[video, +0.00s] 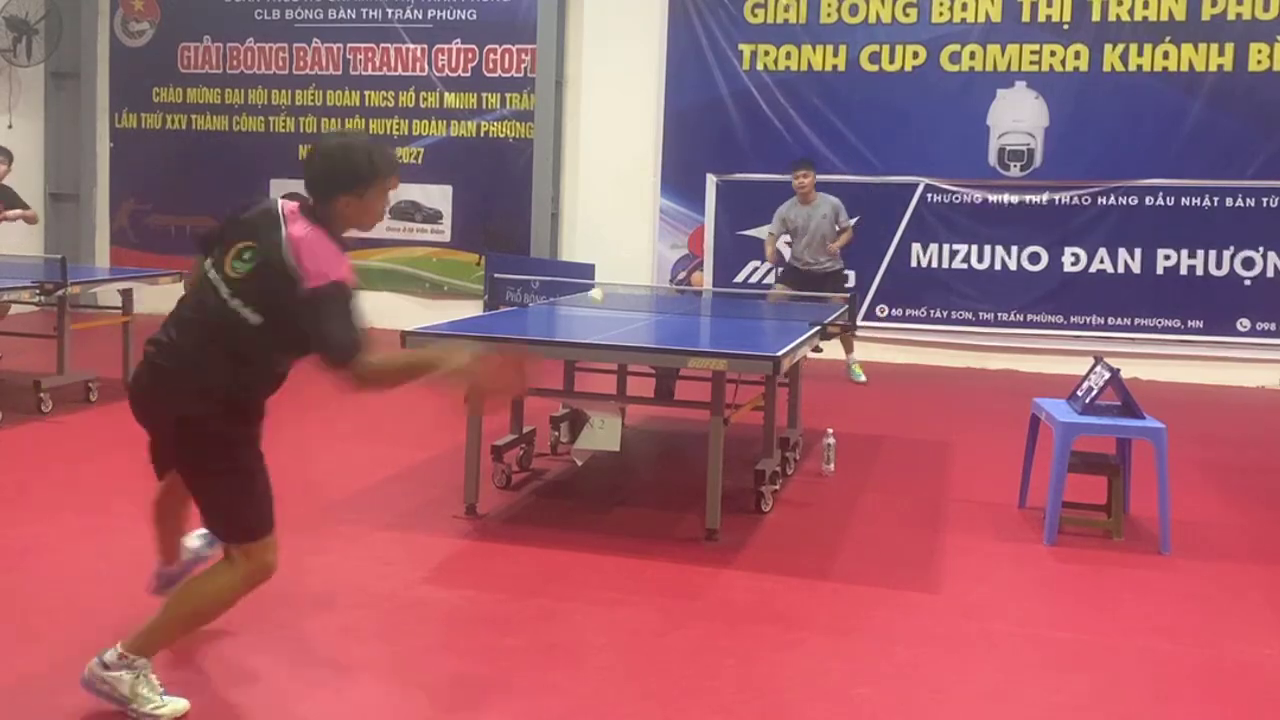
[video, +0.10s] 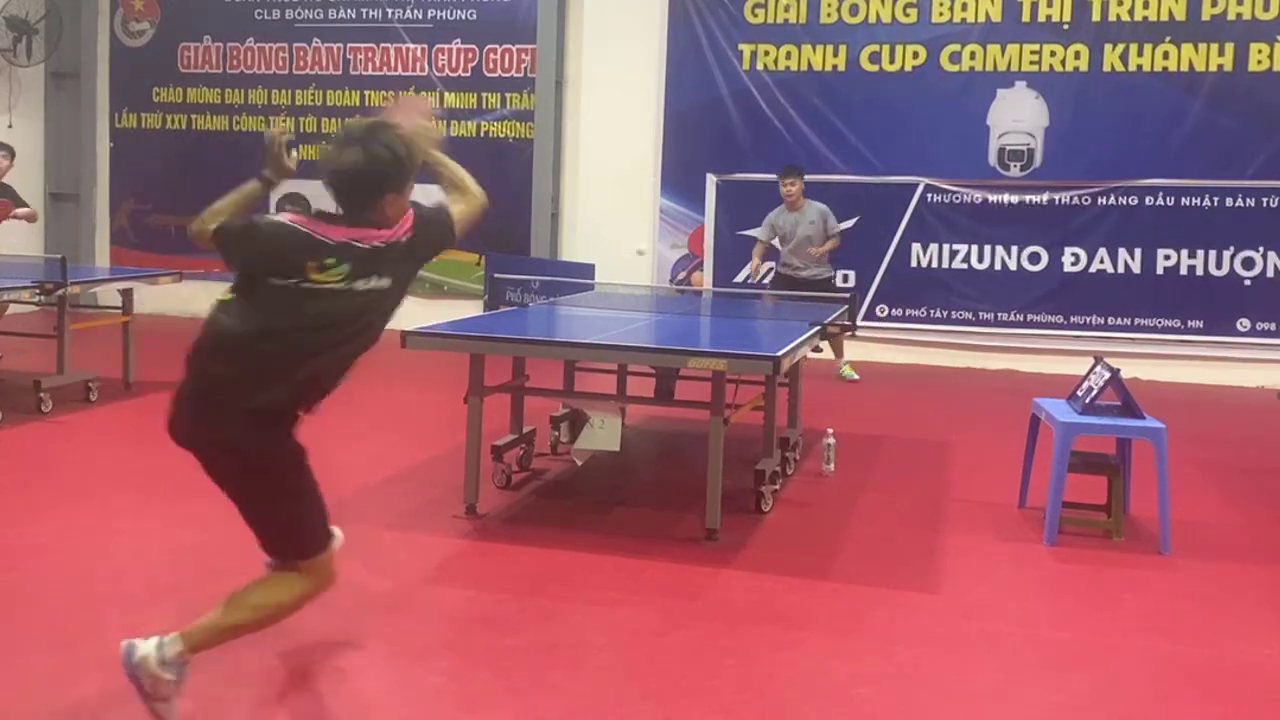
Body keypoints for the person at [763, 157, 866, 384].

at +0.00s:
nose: (801, 181)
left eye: (805, 177)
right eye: (797, 178)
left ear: (814, 179)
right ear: (792, 182)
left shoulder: (832, 204)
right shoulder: (785, 210)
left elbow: (848, 230)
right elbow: (772, 236)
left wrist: (838, 244)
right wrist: (771, 252)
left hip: (830, 271)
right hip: (797, 269)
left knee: (841, 314)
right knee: (773, 301)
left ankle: (851, 361)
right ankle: (782, 353)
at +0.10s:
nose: (787, 189)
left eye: (792, 185)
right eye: (783, 185)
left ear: (802, 185)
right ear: (779, 187)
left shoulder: (820, 210)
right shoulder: (775, 217)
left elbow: (836, 238)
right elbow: (761, 243)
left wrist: (823, 249)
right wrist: (756, 259)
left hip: (819, 278)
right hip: (786, 277)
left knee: (833, 321)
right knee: (767, 310)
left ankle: (842, 363)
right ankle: (781, 359)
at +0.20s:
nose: (773, 204)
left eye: (777, 199)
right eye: (769, 200)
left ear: (788, 200)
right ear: (765, 203)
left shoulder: (805, 224)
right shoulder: (764, 231)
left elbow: (818, 256)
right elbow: (753, 261)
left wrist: (797, 266)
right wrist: (742, 285)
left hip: (807, 288)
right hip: (776, 286)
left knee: (826, 326)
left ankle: (840, 365)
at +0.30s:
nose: (751, 216)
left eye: (755, 210)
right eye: (748, 212)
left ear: (766, 210)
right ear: (745, 216)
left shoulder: (782, 231)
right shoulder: (755, 238)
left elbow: (779, 267)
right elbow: (760, 268)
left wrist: (748, 267)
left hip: (801, 291)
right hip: (775, 293)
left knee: (818, 331)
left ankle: (840, 366)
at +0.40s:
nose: (729, 221)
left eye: (732, 215)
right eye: (726, 218)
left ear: (745, 214)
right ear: (726, 222)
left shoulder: (757, 233)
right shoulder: (748, 235)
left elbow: (741, 268)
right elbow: (758, 264)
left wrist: (713, 261)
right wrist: (749, 269)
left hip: (791, 291)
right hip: (772, 292)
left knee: (810, 334)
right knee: (775, 333)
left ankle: (841, 365)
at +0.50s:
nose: (719, 211)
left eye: (721, 205)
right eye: (716, 207)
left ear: (734, 202)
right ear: (718, 209)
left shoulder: (751, 221)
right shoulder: (735, 230)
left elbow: (761, 254)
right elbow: (747, 262)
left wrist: (732, 254)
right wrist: (733, 270)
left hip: (777, 285)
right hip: (749, 285)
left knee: (801, 324)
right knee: (719, 311)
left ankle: (830, 359)